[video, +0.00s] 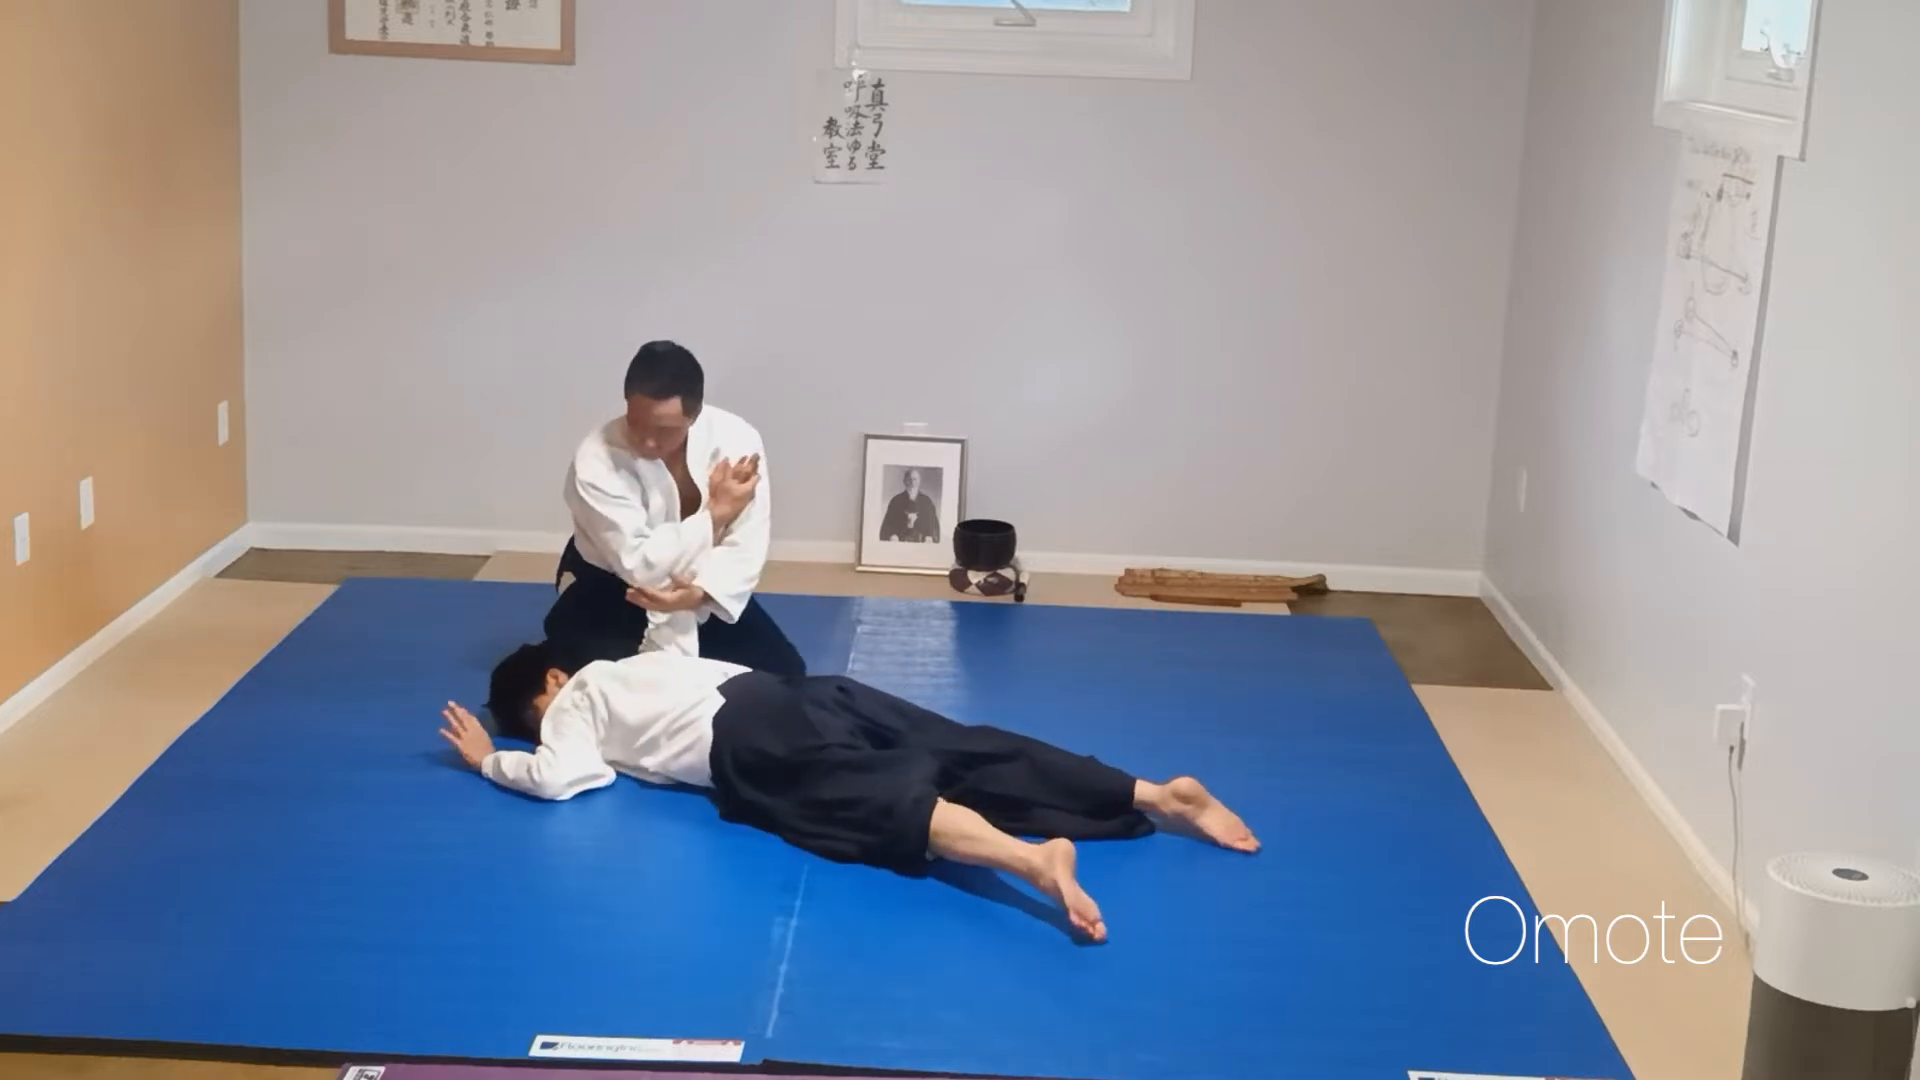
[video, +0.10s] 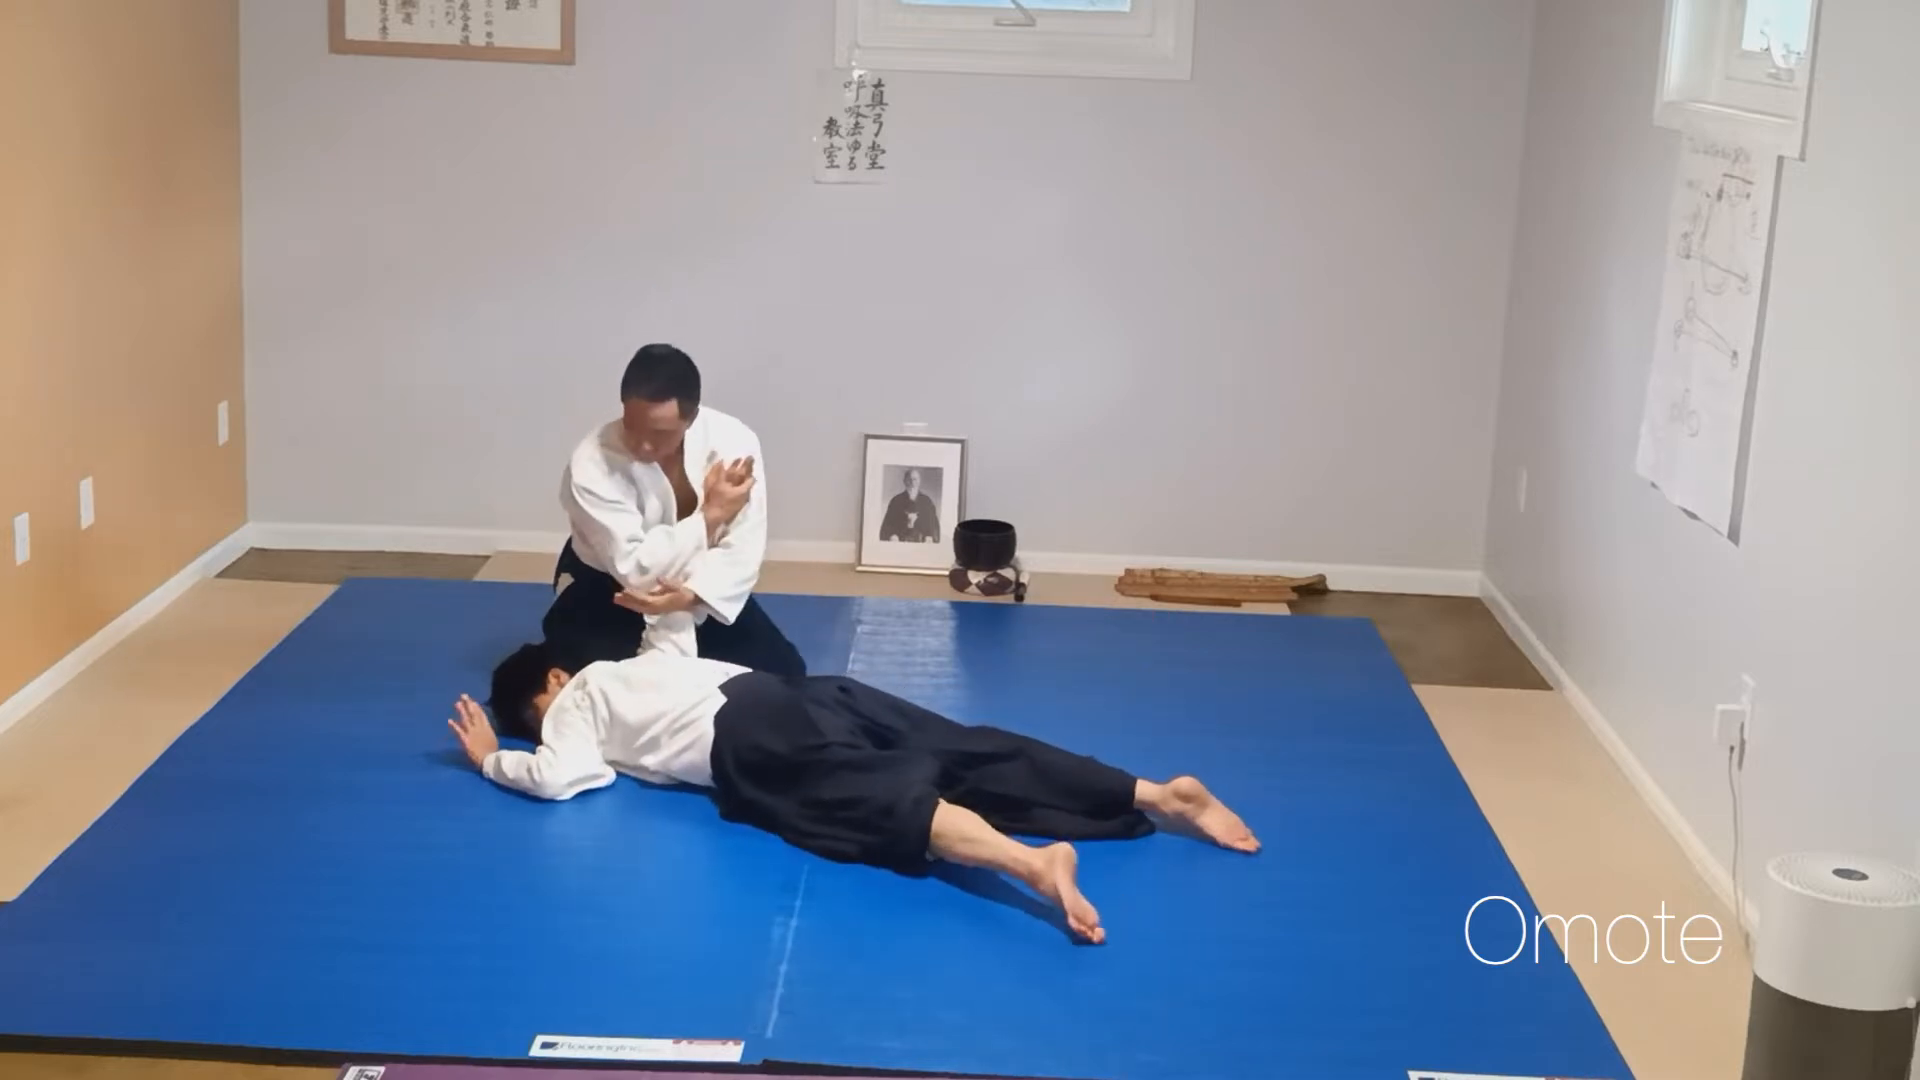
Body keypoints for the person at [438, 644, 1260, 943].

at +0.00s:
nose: (536, 720)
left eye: (527, 710)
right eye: (533, 709)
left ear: (546, 692)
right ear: (573, 664)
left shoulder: (573, 699)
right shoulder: (647, 660)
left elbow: (558, 778)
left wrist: (488, 759)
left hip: (748, 737)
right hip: (802, 687)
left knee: (889, 809)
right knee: (964, 748)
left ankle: (1030, 860)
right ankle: (1159, 797)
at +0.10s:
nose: (533, 719)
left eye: (526, 710)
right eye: (531, 709)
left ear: (547, 688)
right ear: (578, 662)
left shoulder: (572, 700)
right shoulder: (652, 659)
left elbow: (561, 775)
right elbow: (716, 645)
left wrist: (492, 758)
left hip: (749, 738)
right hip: (804, 688)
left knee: (891, 808)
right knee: (965, 748)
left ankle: (1030, 863)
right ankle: (1160, 797)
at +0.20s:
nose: (533, 719)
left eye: (526, 709)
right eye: (531, 708)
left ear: (546, 689)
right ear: (577, 662)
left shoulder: (574, 698)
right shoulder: (649, 657)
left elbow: (558, 778)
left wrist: (487, 753)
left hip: (749, 736)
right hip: (803, 686)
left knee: (886, 807)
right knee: (962, 748)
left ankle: (1029, 860)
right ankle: (1159, 797)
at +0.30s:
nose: (532, 722)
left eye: (526, 709)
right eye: (531, 709)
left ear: (547, 689)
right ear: (577, 663)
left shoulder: (576, 703)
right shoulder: (654, 653)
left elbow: (554, 779)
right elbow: (706, 641)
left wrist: (498, 758)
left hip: (751, 739)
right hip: (806, 690)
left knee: (889, 806)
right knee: (965, 748)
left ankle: (1030, 855)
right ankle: (1160, 795)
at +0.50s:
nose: (535, 727)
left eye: (528, 714)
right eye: (533, 714)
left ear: (546, 693)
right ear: (574, 665)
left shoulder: (578, 704)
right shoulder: (652, 653)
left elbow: (555, 777)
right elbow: (698, 651)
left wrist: (486, 758)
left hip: (750, 737)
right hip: (805, 688)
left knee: (890, 807)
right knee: (964, 747)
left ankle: (1026, 858)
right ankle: (1154, 793)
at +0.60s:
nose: (534, 720)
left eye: (526, 708)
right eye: (531, 708)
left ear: (546, 689)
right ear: (575, 664)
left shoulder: (574, 699)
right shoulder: (649, 657)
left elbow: (557, 778)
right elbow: (695, 667)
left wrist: (496, 759)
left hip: (750, 738)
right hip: (805, 688)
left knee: (887, 807)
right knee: (964, 749)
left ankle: (1026, 859)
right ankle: (1158, 795)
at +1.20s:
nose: (540, 725)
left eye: (533, 712)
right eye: (536, 711)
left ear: (549, 687)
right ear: (573, 663)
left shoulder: (579, 703)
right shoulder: (642, 648)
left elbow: (556, 778)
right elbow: (694, 656)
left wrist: (488, 759)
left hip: (745, 730)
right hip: (797, 687)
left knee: (873, 811)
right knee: (970, 753)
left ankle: (1010, 766)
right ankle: (1161, 798)